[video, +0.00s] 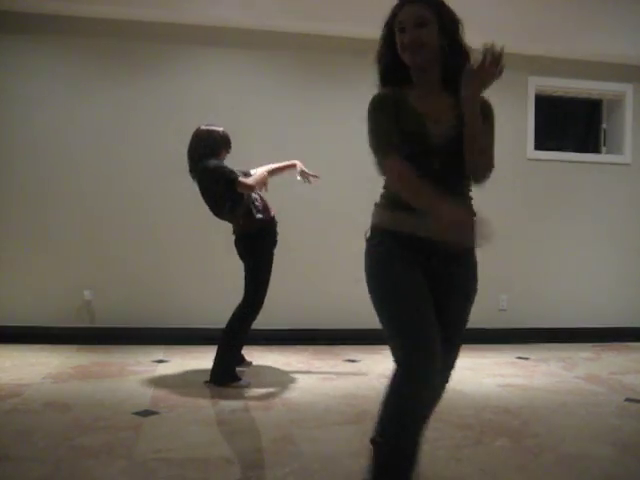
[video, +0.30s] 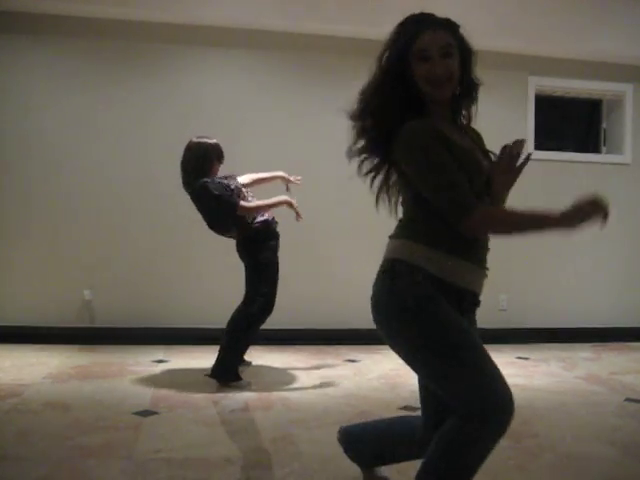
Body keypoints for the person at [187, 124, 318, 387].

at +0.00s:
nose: (227, 152)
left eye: (226, 147)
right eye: (224, 148)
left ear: (201, 147)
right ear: (215, 148)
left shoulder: (207, 170)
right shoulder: (215, 170)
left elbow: (252, 175)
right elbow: (249, 185)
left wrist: (293, 164)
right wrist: (263, 177)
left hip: (251, 235)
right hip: (256, 237)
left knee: (252, 301)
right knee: (252, 303)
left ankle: (231, 353)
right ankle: (222, 372)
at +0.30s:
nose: (219, 166)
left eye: (219, 161)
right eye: (217, 161)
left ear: (196, 163)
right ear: (208, 163)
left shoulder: (206, 185)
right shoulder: (210, 189)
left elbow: (245, 179)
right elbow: (246, 208)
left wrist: (281, 175)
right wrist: (283, 201)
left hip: (253, 240)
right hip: (259, 241)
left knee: (255, 302)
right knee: (261, 305)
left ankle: (230, 357)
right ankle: (225, 369)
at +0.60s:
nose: (193, 162)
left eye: (191, 156)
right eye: (186, 165)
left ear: (198, 157)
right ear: (182, 179)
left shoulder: (213, 186)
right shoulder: (209, 194)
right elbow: (238, 231)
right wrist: (272, 256)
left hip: (263, 237)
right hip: (260, 242)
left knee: (256, 305)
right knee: (256, 307)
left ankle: (232, 353)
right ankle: (221, 372)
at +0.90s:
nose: (182, 176)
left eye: (175, 177)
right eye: (178, 184)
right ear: (185, 196)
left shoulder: (213, 189)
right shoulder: (207, 200)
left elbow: (221, 233)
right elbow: (210, 242)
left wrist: (246, 250)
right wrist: (243, 265)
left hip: (270, 238)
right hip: (266, 241)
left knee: (258, 304)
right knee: (256, 306)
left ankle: (232, 353)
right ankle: (222, 371)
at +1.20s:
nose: (181, 170)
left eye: (175, 173)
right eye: (177, 179)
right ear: (185, 192)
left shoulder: (210, 183)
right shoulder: (206, 194)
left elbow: (212, 231)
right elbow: (210, 233)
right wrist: (241, 245)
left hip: (267, 234)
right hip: (263, 238)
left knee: (253, 305)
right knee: (252, 307)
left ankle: (230, 354)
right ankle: (221, 372)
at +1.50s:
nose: (221, 120)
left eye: (218, 117)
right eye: (213, 123)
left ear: (228, 124)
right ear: (210, 140)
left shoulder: (249, 150)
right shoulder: (217, 166)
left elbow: (254, 189)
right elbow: (205, 208)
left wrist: (257, 219)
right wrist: (215, 248)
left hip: (248, 232)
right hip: (231, 235)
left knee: (238, 292)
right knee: (252, 289)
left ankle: (227, 355)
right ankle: (234, 357)